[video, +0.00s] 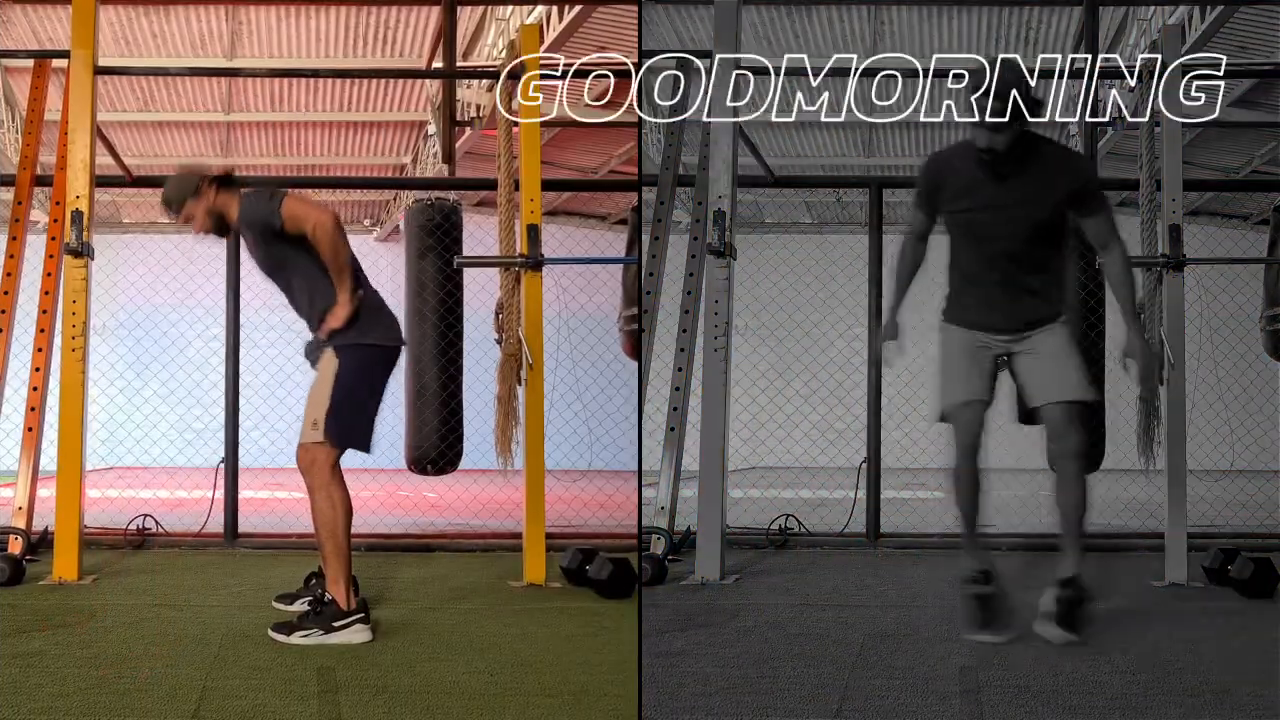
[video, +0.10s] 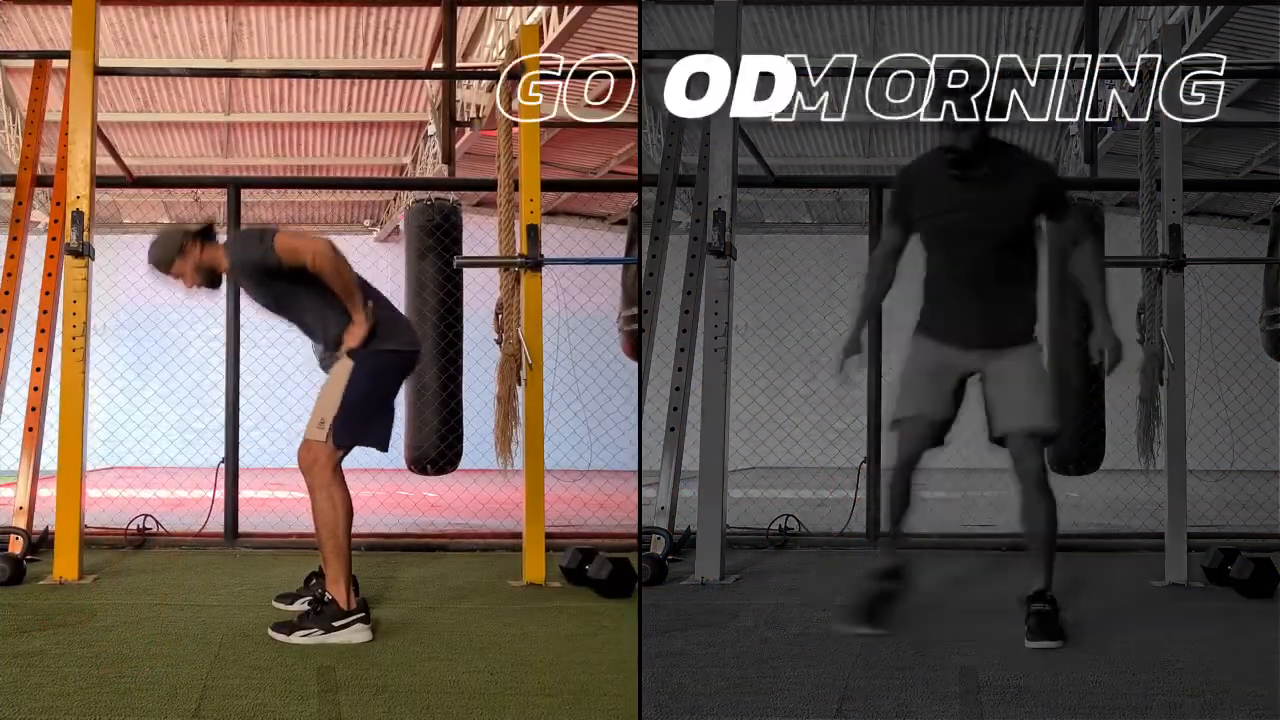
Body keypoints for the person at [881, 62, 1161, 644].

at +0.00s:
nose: (986, 138)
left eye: (998, 127)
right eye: (979, 126)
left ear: (1023, 120)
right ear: (968, 118)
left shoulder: (1065, 169)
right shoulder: (943, 168)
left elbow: (1109, 248)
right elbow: (916, 237)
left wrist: (1135, 331)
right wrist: (892, 310)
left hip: (1045, 326)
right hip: (967, 325)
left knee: (1068, 442)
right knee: (965, 439)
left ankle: (1070, 577)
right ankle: (975, 564)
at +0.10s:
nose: (951, 127)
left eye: (962, 117)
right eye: (944, 116)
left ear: (988, 117)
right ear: (934, 118)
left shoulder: (1028, 173)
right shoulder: (920, 176)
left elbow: (1079, 241)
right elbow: (886, 253)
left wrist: (1102, 321)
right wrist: (858, 326)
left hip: (1011, 342)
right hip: (939, 340)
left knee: (1031, 469)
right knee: (904, 455)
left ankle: (1042, 595)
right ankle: (890, 567)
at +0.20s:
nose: (922, 127)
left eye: (932, 116)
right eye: (913, 116)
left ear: (951, 118)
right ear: (901, 120)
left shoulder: (986, 177)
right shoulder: (878, 182)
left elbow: (1035, 252)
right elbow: (853, 262)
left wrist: (1067, 330)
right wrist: (829, 330)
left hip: (969, 353)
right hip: (894, 351)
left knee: (1008, 475)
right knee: (849, 468)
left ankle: (1039, 598)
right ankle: (824, 582)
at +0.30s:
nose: (888, 127)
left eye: (900, 117)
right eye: (880, 116)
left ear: (917, 116)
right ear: (865, 112)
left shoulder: (939, 171)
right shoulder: (832, 170)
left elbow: (983, 246)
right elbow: (800, 253)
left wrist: (1013, 314)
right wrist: (805, 320)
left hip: (916, 348)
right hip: (844, 347)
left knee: (956, 465)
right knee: (818, 469)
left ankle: (1014, 590)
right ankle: (814, 588)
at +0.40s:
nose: (851, 122)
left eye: (862, 111)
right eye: (841, 110)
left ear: (879, 109)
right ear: (824, 109)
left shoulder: (908, 162)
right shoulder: (797, 160)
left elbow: (941, 235)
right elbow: (756, 236)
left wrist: (962, 309)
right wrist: (770, 301)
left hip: (878, 324)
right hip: (808, 323)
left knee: (887, 441)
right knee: (793, 449)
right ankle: (803, 576)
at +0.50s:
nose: (806, 149)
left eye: (816, 138)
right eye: (798, 136)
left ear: (840, 135)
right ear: (788, 133)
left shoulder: (878, 180)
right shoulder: (766, 178)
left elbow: (911, 241)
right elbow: (724, 257)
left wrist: (916, 314)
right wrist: (719, 330)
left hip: (848, 330)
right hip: (778, 325)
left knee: (829, 454)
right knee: (734, 439)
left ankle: (804, 576)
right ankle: (738, 543)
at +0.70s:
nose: (720, 299)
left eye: (727, 290)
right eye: (711, 288)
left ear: (751, 277)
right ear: (704, 279)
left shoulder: (797, 282)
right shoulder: (693, 292)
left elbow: (858, 309)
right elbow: (661, 370)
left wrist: (869, 377)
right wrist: (652, 436)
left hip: (786, 373)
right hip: (716, 366)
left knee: (786, 474)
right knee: (661, 454)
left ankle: (775, 594)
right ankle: (600, 543)